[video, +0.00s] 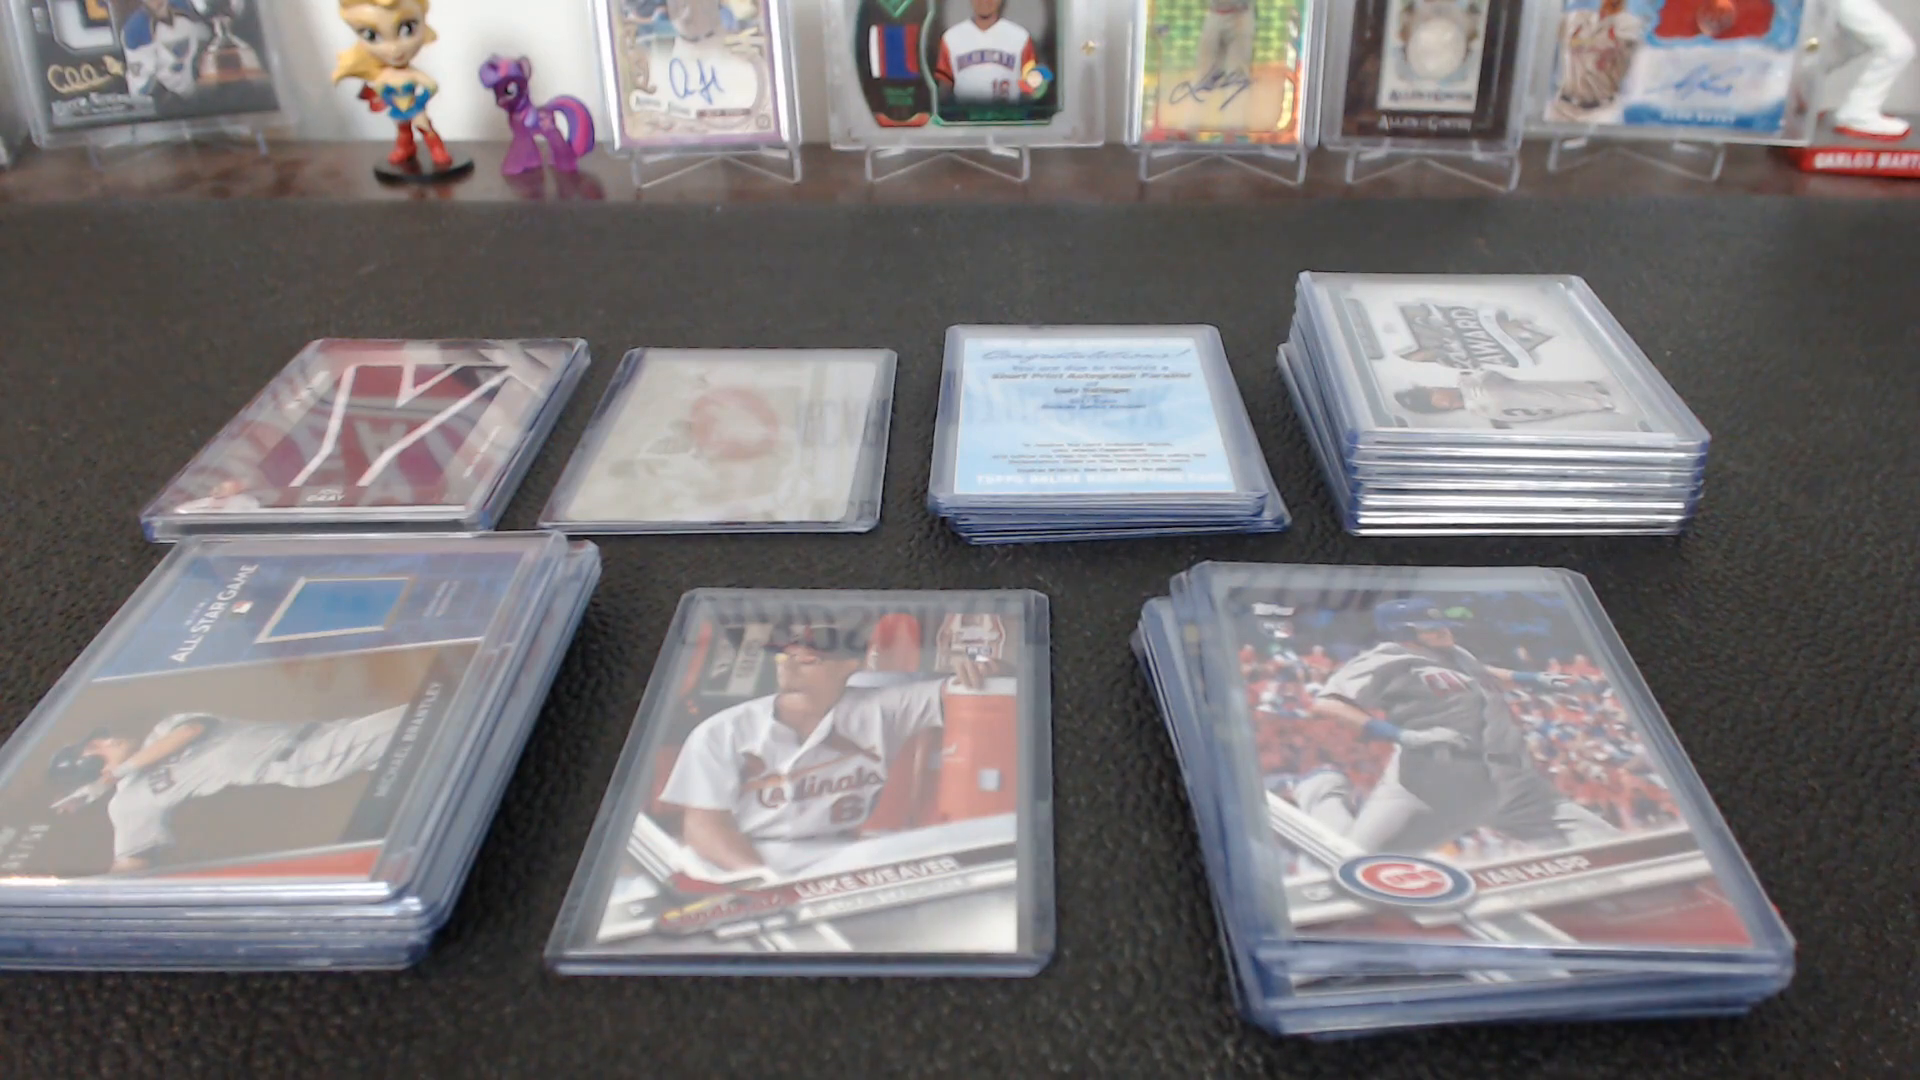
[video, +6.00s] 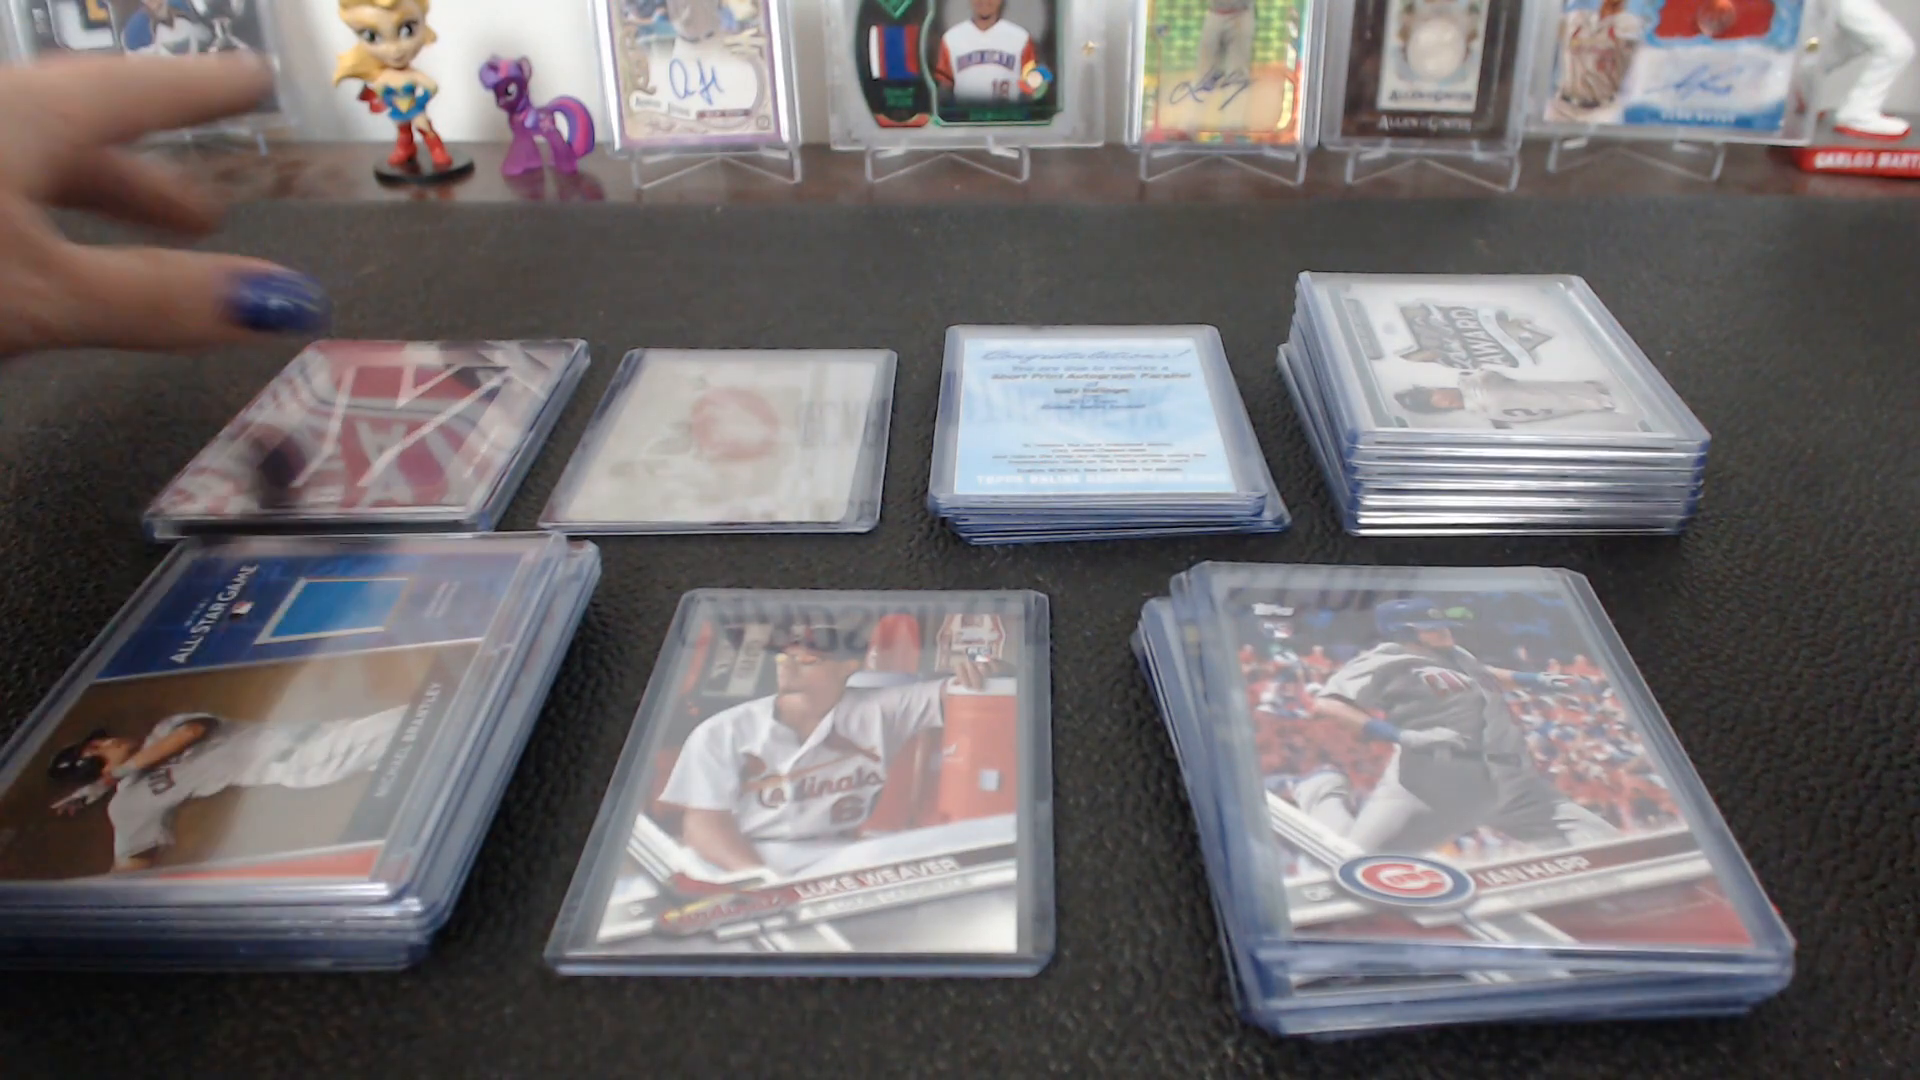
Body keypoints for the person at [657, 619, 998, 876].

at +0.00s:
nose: (798, 656)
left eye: (819, 647)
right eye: (789, 644)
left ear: (852, 662)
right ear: (776, 655)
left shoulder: (878, 714)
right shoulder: (720, 735)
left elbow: (962, 688)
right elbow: (702, 828)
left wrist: (977, 667)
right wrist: (766, 883)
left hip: (831, 873)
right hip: (730, 875)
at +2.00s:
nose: (797, 656)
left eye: (818, 648)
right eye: (789, 644)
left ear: (853, 663)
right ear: (776, 655)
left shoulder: (876, 713)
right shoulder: (720, 735)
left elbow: (959, 690)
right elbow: (703, 829)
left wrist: (972, 670)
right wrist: (766, 883)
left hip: (827, 866)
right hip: (729, 870)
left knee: (892, 851)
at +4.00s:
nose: (795, 657)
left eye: (817, 647)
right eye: (787, 645)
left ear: (853, 663)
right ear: (776, 655)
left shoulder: (875, 715)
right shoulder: (720, 735)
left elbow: (954, 691)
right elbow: (703, 828)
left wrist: (973, 672)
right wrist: (767, 883)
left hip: (827, 867)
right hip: (729, 872)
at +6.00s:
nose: (793, 659)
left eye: (814, 649)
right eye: (787, 646)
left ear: (853, 664)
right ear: (776, 656)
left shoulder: (875, 716)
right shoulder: (720, 735)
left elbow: (957, 690)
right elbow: (703, 830)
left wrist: (974, 673)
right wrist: (769, 885)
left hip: (827, 871)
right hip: (728, 875)